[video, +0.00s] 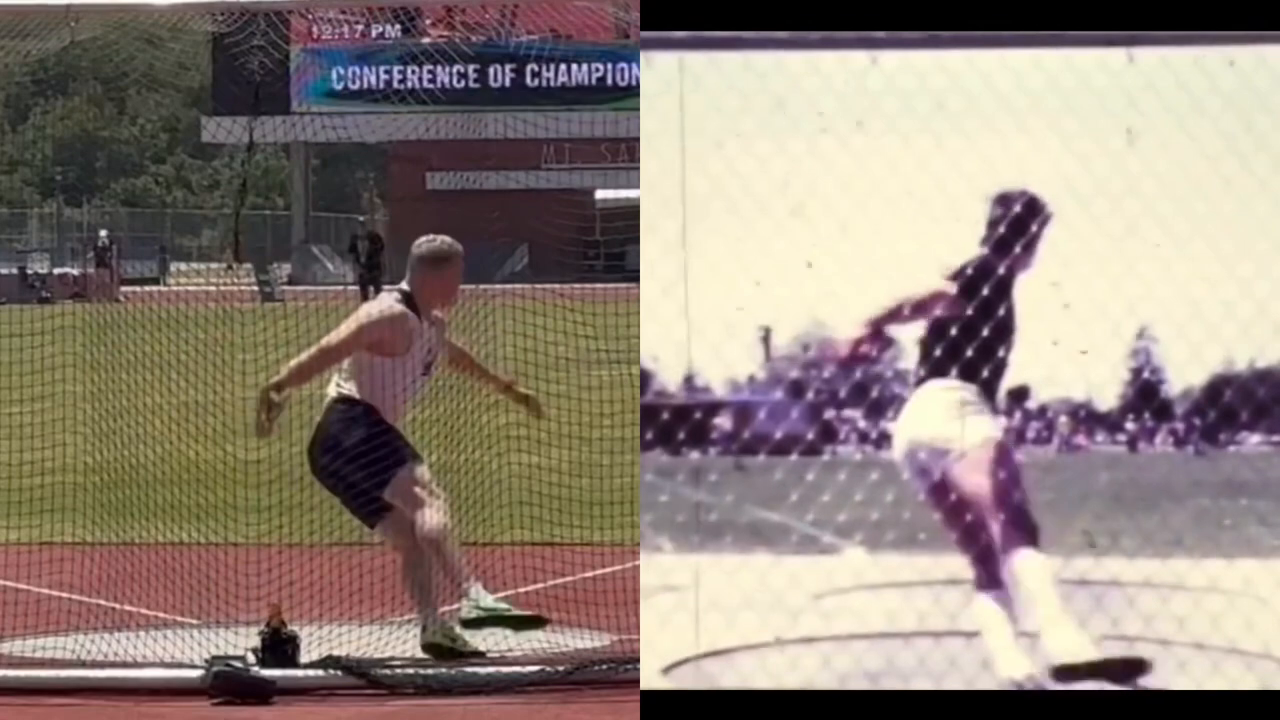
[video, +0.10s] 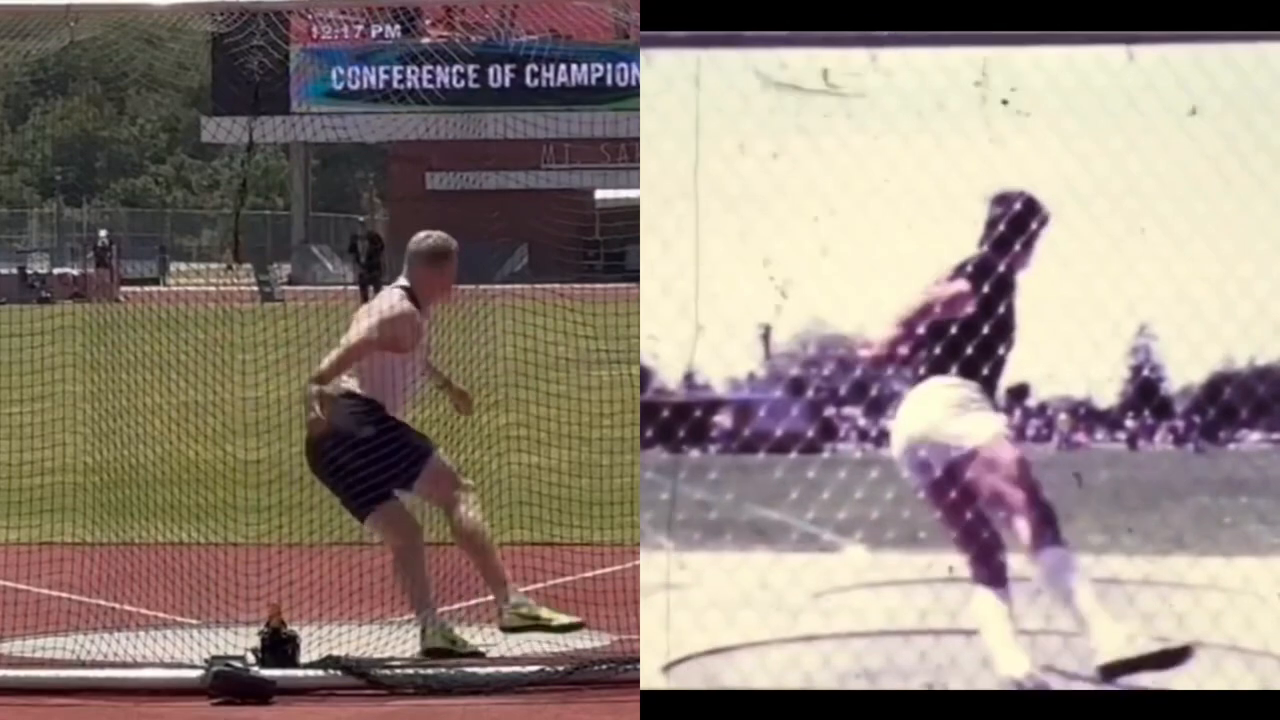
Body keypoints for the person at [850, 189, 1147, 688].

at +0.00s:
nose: (1038, 251)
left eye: (1040, 239)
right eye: (1037, 239)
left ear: (995, 231)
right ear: (1022, 239)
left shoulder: (977, 281)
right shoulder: (989, 273)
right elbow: (928, 304)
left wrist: (872, 339)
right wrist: (871, 329)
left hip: (911, 420)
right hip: (953, 406)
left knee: (981, 558)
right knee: (1014, 531)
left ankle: (1013, 668)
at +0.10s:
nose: (1034, 251)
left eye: (1036, 239)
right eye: (1032, 239)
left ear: (993, 228)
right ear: (1018, 235)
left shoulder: (982, 282)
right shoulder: (988, 272)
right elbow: (938, 302)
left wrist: (896, 346)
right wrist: (894, 340)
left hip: (909, 422)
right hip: (948, 402)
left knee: (981, 549)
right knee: (1032, 514)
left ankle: (1012, 668)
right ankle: (1108, 641)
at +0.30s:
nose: (1010, 256)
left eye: (1008, 248)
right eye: (1009, 247)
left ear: (963, 237)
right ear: (1000, 243)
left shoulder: (918, 284)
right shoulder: (999, 277)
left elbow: (847, 321)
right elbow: (1020, 310)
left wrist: (806, 371)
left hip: (905, 420)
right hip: (965, 401)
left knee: (976, 550)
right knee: (1078, 497)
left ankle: (1012, 670)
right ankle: (1156, 607)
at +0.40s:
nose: (984, 250)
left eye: (979, 245)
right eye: (984, 243)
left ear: (936, 237)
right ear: (980, 239)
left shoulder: (897, 281)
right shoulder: (986, 273)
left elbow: (827, 319)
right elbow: (1029, 296)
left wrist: (801, 370)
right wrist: (1081, 317)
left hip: (915, 416)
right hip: (976, 397)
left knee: (970, 539)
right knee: (1060, 482)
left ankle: (1007, 667)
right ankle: (1128, 585)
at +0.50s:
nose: (969, 235)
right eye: (969, 227)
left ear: (924, 230)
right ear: (968, 228)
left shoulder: (892, 273)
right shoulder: (984, 267)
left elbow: (824, 310)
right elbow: (1042, 293)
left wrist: (801, 363)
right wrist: (1102, 311)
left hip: (923, 407)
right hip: (981, 386)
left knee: (972, 535)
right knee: (1049, 479)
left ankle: (1007, 658)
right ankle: (1111, 572)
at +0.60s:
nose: (925, 238)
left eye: (913, 228)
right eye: (934, 227)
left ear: (899, 223)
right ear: (944, 215)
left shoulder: (880, 269)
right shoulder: (974, 258)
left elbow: (830, 307)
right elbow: (1046, 283)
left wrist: (804, 358)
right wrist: (1117, 303)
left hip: (938, 399)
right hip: (990, 379)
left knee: (980, 529)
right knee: (1013, 470)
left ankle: (1022, 656)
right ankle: (1065, 562)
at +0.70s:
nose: (870, 217)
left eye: (873, 209)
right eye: (873, 207)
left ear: (883, 212)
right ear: (919, 204)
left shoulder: (880, 261)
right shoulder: (964, 250)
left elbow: (843, 311)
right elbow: (1038, 275)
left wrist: (803, 350)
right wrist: (1108, 295)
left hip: (944, 392)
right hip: (995, 375)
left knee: (988, 515)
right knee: (997, 495)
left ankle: (1046, 617)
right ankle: (1031, 582)